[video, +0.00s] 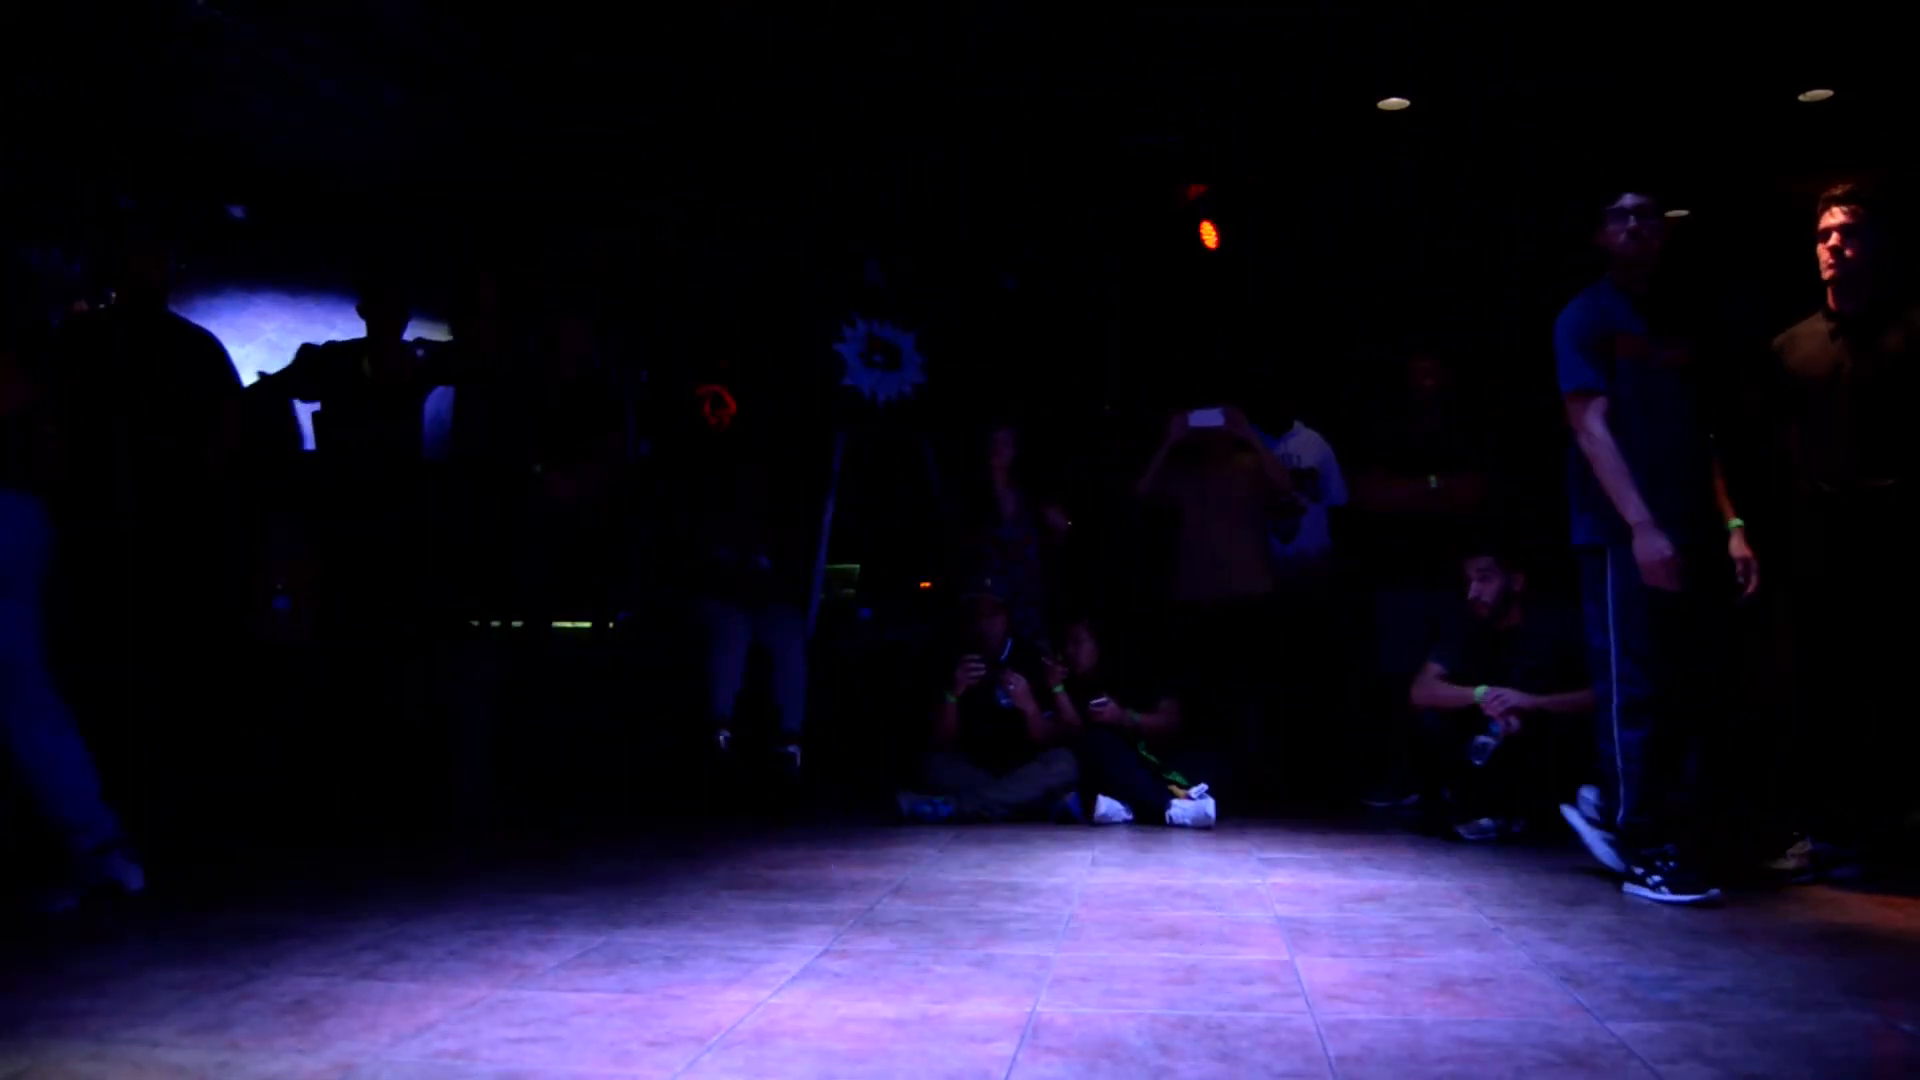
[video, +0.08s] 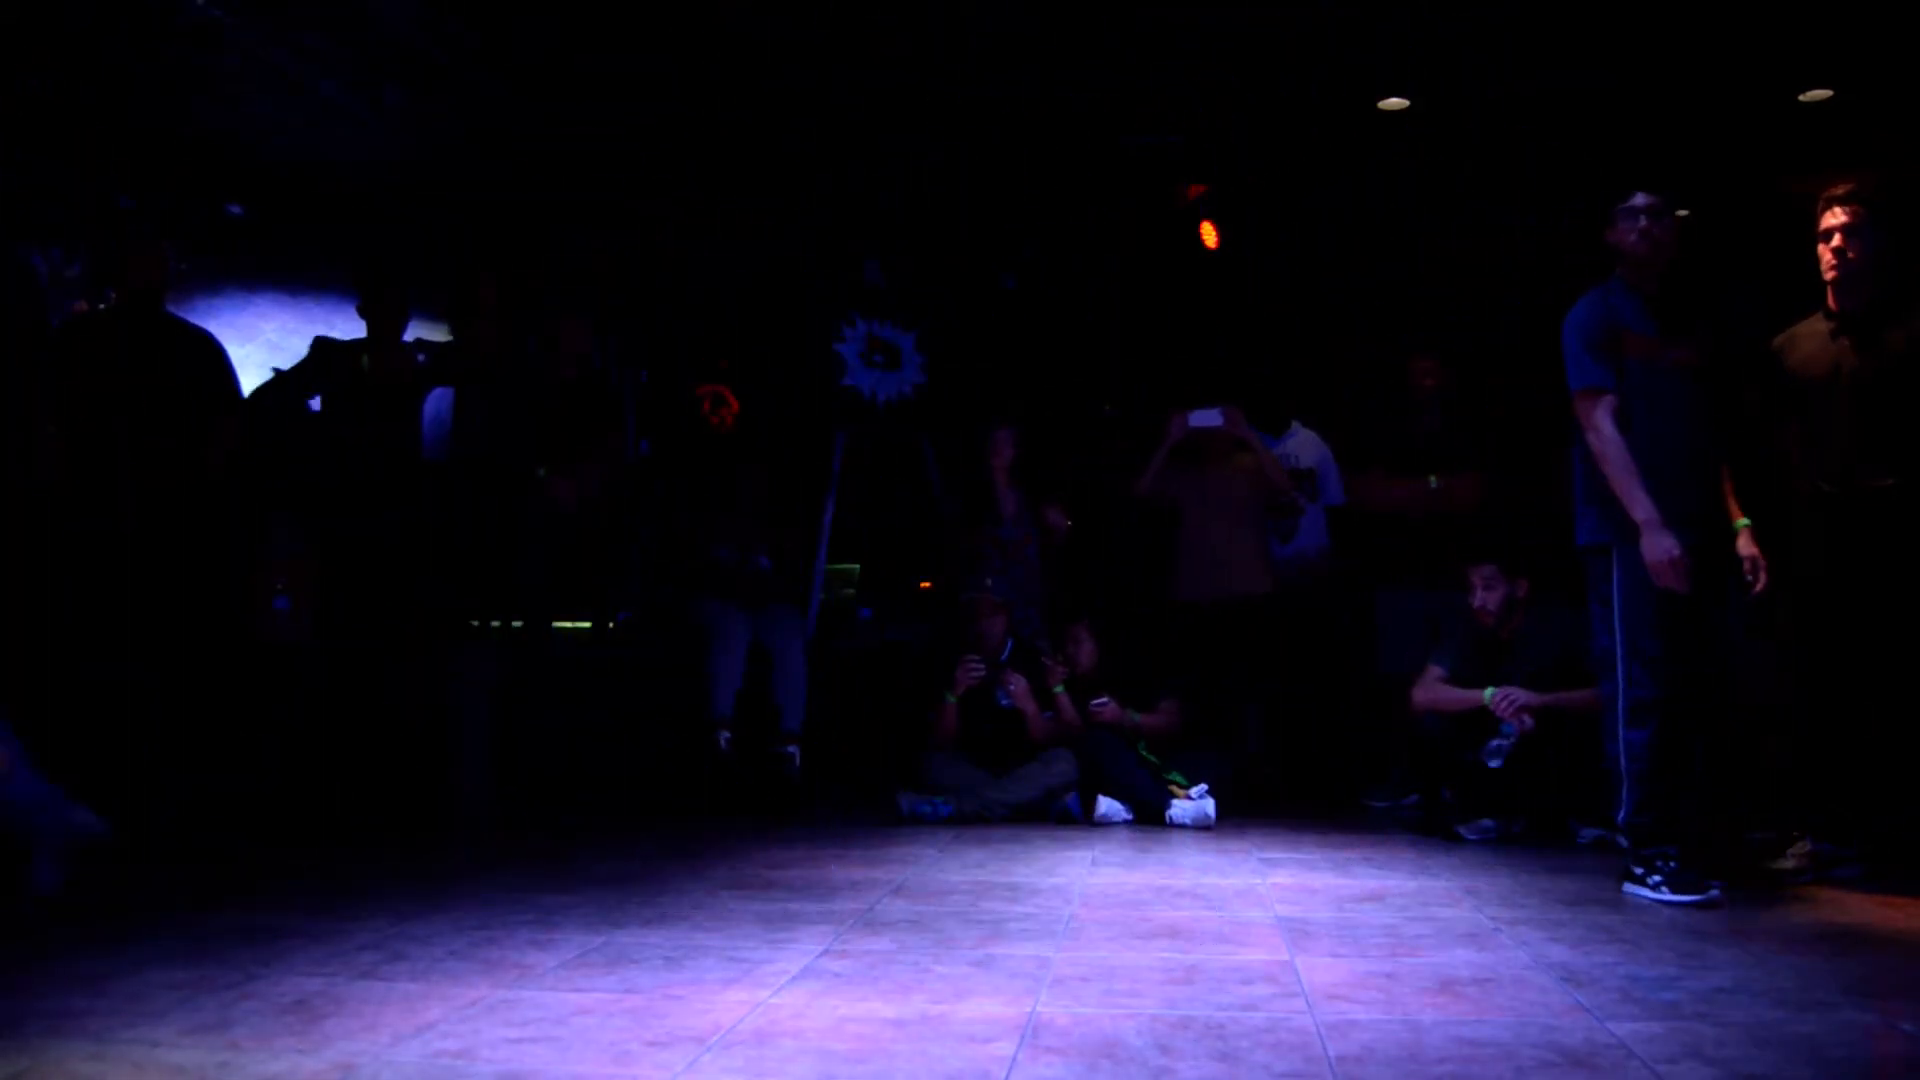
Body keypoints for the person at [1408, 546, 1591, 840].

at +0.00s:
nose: (1473, 592)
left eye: (1485, 580)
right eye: (1469, 581)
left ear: (1515, 582)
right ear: (1464, 583)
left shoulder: (1548, 633)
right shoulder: (1466, 631)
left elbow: (1594, 696)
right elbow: (1421, 691)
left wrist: (1531, 701)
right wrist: (1484, 698)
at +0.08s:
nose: (1478, 601)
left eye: (1489, 589)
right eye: (1473, 590)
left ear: (1518, 589)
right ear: (1467, 591)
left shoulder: (1549, 635)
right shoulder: (1467, 633)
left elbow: (1598, 695)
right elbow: (1422, 694)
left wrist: (1538, 699)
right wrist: (1492, 698)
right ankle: (1482, 813)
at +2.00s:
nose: (1498, 591)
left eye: (1508, 579)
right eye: (1488, 581)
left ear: (1527, 584)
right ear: (1478, 589)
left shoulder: (1560, 631)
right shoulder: (1471, 632)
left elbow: (1619, 696)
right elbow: (1420, 693)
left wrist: (1528, 703)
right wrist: (1484, 704)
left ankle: (1587, 818)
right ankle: (1487, 815)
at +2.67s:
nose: (1530, 597)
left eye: (1538, 584)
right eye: (1518, 588)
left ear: (1554, 590)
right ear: (1505, 599)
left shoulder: (1588, 639)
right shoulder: (1497, 640)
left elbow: (1645, 702)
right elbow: (1451, 700)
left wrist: (1557, 709)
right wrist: (1518, 712)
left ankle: (1612, 826)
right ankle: (1510, 822)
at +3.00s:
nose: (1563, 597)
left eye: (1572, 584)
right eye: (1551, 588)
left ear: (1589, 589)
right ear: (1538, 598)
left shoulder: (1618, 639)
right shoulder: (1529, 639)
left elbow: (1652, 704)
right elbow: (1484, 699)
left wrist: (1592, 701)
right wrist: (1550, 705)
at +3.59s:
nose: (1572, 595)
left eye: (1577, 584)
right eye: (1562, 586)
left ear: (1592, 581)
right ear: (1549, 587)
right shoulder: (1553, 631)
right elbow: (1506, 692)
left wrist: (1607, 663)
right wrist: (1564, 707)